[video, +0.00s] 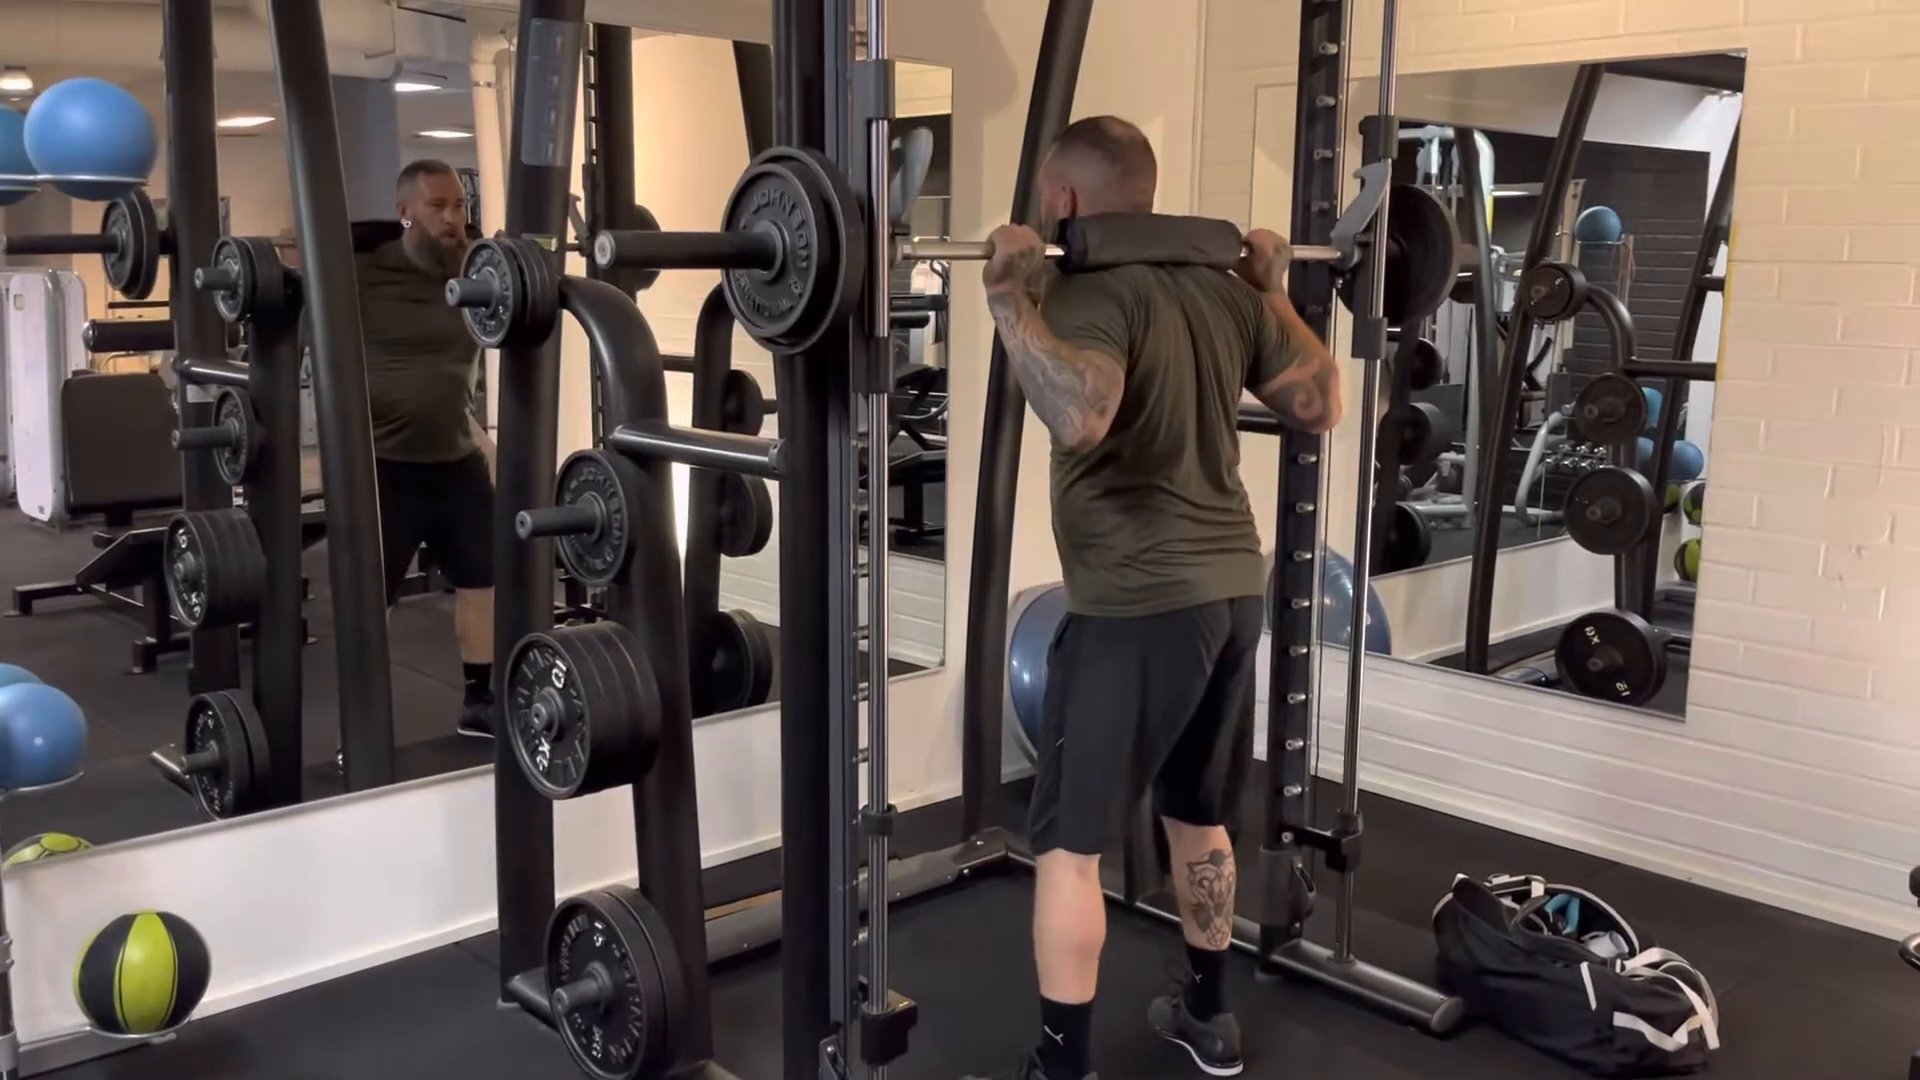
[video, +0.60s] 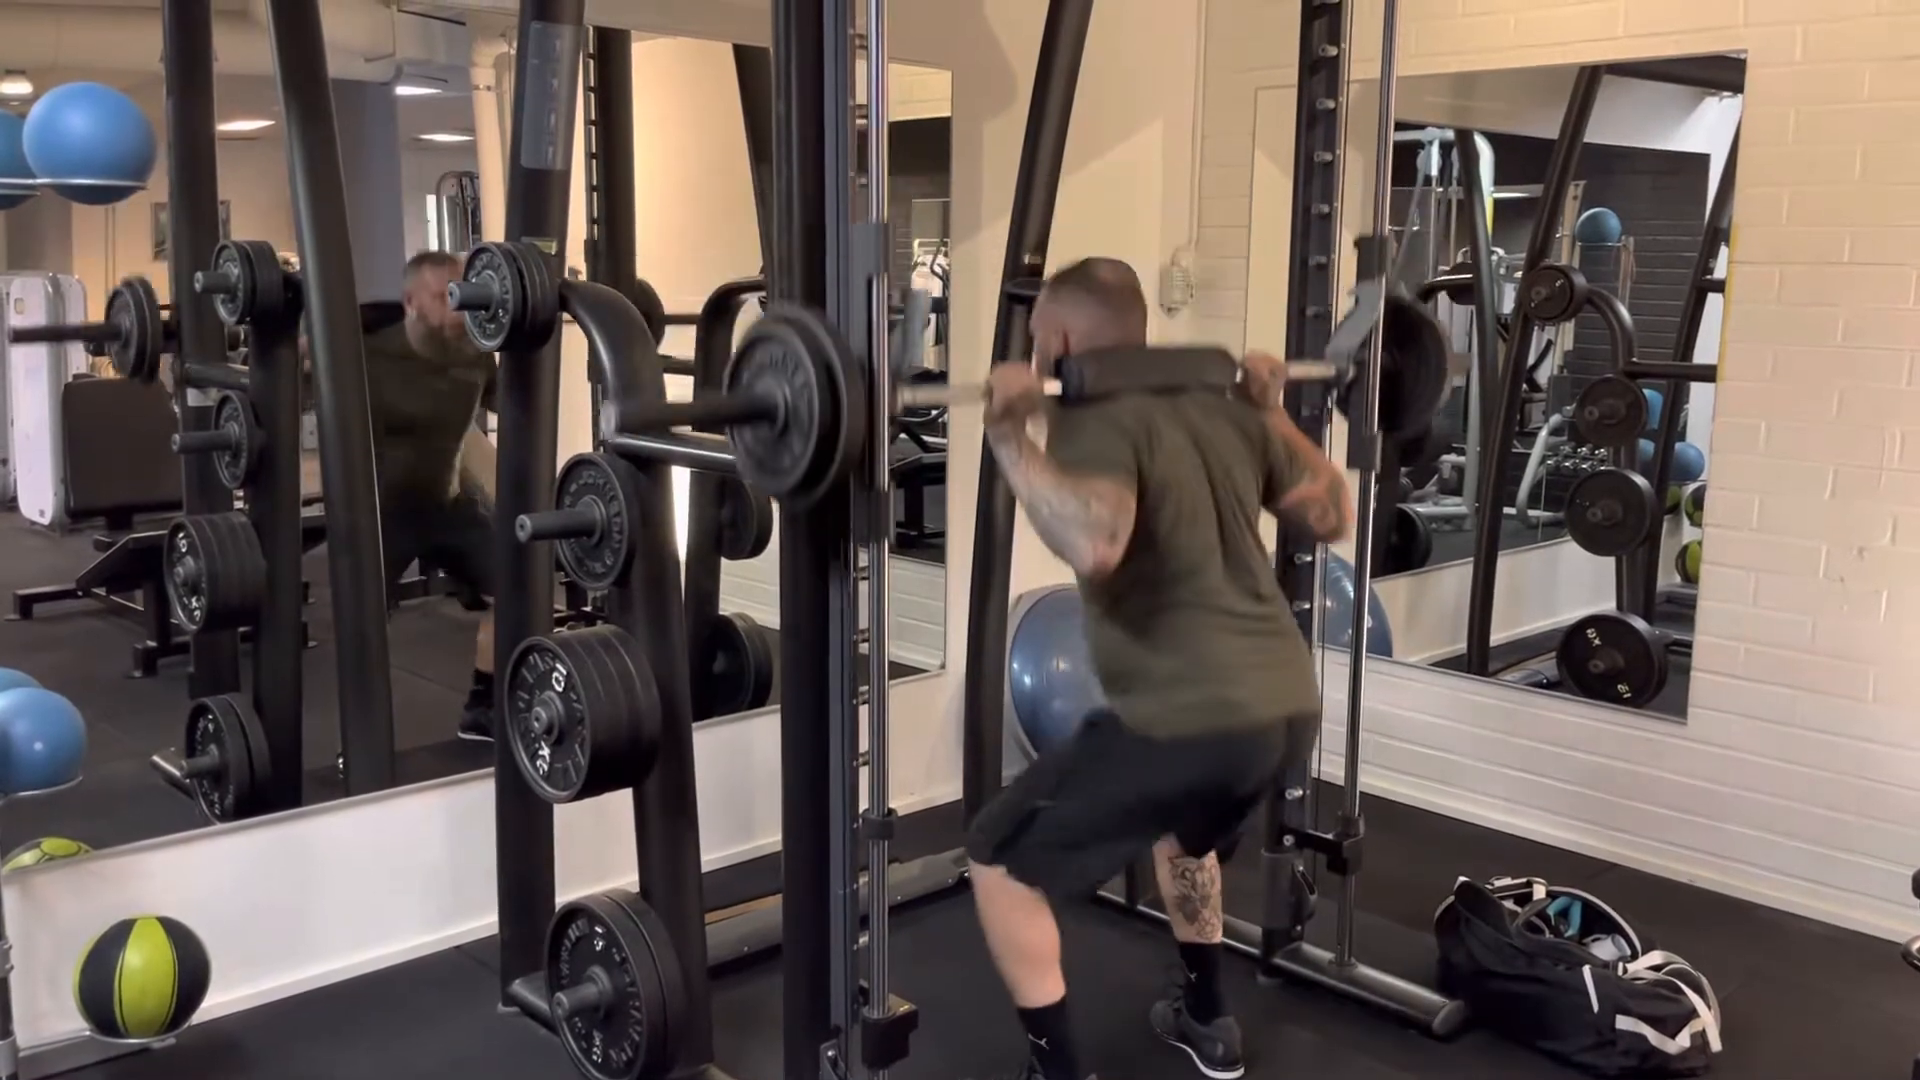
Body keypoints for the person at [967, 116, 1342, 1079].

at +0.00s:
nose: (1042, 214)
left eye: (1044, 199)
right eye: (1045, 200)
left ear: (1067, 195)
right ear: (1147, 191)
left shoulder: (1095, 283)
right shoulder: (1225, 281)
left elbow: (1081, 414)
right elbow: (1315, 402)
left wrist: (1009, 291)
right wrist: (1273, 293)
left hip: (1135, 604)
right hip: (1234, 592)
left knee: (1072, 840)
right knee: (1197, 806)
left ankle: (1061, 1065)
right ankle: (1209, 1016)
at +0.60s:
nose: (1039, 356)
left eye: (1043, 339)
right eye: (1038, 340)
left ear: (1069, 339)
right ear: (1136, 329)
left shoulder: (1099, 415)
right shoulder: (1227, 407)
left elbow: (1095, 541)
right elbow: (1333, 513)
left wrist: (1008, 434)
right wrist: (1271, 409)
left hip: (1183, 722)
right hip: (1284, 708)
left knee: (1001, 861)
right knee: (1184, 834)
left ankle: (1057, 1065)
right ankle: (1210, 1020)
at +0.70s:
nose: (1036, 413)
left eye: (1038, 397)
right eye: (1035, 399)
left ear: (1059, 401)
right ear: (1133, 388)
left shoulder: (1099, 473)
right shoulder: (1227, 464)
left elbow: (1094, 603)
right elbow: (1331, 562)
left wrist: (1004, 493)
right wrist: (1270, 460)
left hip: (1194, 783)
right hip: (1292, 770)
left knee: (984, 858)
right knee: (1171, 818)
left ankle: (1057, 1065)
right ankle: (1209, 1019)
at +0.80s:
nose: (1030, 457)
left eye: (1033, 442)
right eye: (1029, 442)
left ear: (1057, 453)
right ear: (1135, 439)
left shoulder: (1098, 531)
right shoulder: (1230, 519)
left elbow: (1094, 658)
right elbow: (1336, 614)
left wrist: (1009, 553)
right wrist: (1270, 512)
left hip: (1198, 830)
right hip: (1297, 817)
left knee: (977, 864)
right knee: (1148, 817)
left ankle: (1055, 1065)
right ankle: (1207, 1018)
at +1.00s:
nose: (1033, 546)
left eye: (1033, 529)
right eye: (1032, 528)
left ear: (1056, 536)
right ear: (1132, 521)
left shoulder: (1098, 609)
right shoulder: (1223, 594)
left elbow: (1093, 750)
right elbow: (1331, 688)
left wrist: (1005, 638)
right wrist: (1266, 585)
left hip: (1205, 914)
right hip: (1302, 898)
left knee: (971, 863)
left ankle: (1053, 1067)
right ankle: (1205, 1022)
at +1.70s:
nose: (1035, 433)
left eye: (1037, 419)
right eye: (1034, 419)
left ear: (1057, 427)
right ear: (1136, 414)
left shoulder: (1094, 506)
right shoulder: (1224, 496)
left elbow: (1085, 636)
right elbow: (1325, 597)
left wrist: (1001, 525)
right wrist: (1265, 491)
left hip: (1200, 807)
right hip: (1300, 791)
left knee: (986, 862)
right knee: (1150, 811)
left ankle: (1051, 1066)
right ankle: (1203, 1022)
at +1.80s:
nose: (1034, 377)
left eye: (1039, 361)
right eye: (1039, 360)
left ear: (1060, 369)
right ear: (1135, 362)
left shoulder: (1093, 453)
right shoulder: (1219, 445)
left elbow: (1082, 587)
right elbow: (1322, 550)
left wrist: (1001, 471)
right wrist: (1263, 447)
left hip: (1187, 757)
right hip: (1288, 745)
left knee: (991, 865)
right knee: (1164, 832)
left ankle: (1049, 1065)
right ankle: (1201, 1020)